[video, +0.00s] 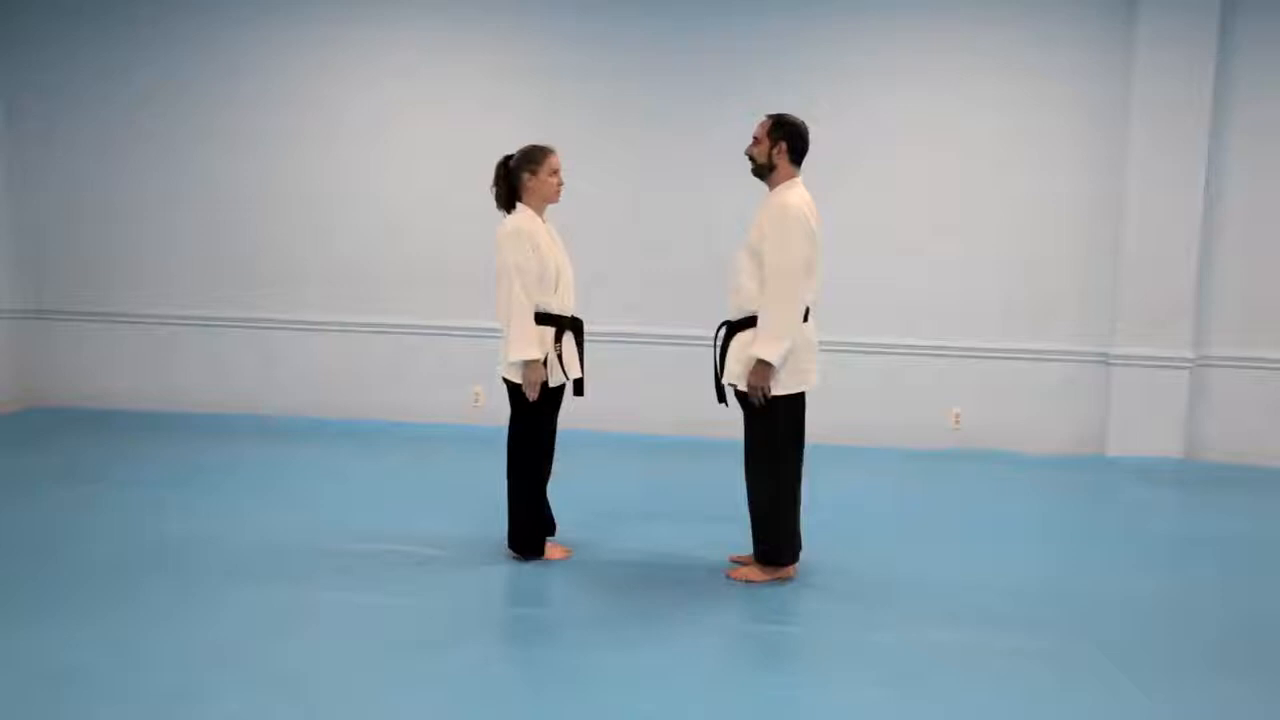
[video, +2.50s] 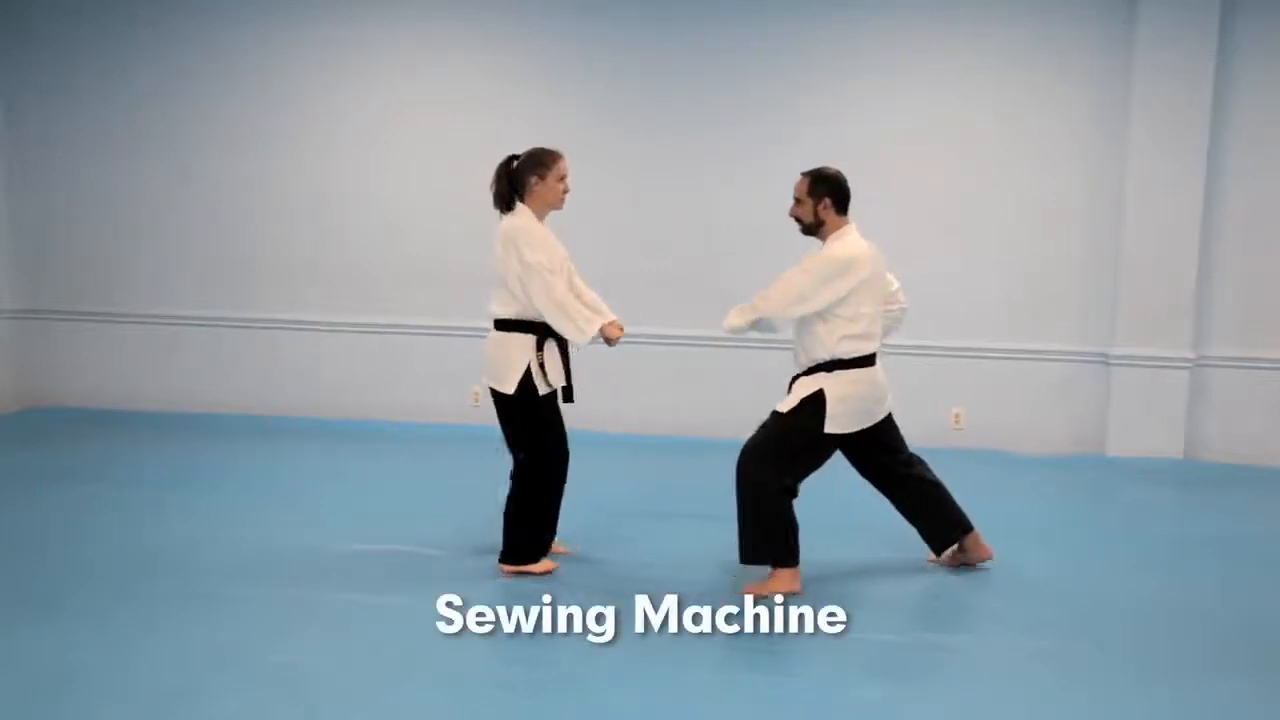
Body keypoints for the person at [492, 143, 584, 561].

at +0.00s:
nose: (561, 181)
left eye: (560, 173)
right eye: (553, 174)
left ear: (540, 180)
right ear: (529, 179)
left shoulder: (542, 227)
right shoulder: (517, 229)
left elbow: (549, 295)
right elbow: (518, 298)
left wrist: (559, 354)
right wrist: (530, 359)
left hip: (552, 351)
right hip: (534, 354)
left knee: (539, 451)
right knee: (529, 453)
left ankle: (534, 533)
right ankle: (526, 541)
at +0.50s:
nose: (566, 183)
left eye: (566, 175)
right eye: (558, 175)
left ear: (547, 181)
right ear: (532, 180)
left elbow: (573, 281)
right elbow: (530, 291)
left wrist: (607, 314)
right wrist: (577, 328)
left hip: (547, 351)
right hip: (523, 352)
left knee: (548, 447)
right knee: (540, 447)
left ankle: (544, 542)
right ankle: (524, 545)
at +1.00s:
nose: (552, 183)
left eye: (552, 175)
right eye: (545, 175)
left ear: (524, 182)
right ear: (518, 180)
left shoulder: (527, 226)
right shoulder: (512, 228)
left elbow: (558, 280)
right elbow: (546, 285)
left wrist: (594, 319)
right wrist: (593, 322)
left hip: (541, 352)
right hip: (526, 354)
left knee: (536, 452)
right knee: (522, 457)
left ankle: (529, 537)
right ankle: (513, 561)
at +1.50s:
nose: (549, 184)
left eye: (548, 176)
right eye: (542, 177)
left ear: (520, 183)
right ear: (515, 181)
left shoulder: (525, 228)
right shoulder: (506, 230)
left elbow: (560, 278)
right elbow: (541, 289)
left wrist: (596, 314)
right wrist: (591, 323)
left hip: (544, 353)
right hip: (525, 355)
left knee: (541, 453)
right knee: (521, 457)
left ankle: (534, 536)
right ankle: (511, 562)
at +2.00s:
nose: (553, 185)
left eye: (553, 177)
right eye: (546, 177)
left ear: (525, 183)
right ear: (519, 182)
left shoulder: (528, 228)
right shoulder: (511, 230)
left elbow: (562, 279)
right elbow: (544, 289)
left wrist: (598, 316)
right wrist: (594, 324)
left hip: (545, 352)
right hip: (526, 354)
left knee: (542, 452)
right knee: (521, 457)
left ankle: (534, 537)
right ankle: (510, 562)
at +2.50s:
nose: (568, 187)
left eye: (567, 180)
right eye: (561, 180)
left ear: (538, 183)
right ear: (536, 182)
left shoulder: (536, 228)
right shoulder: (521, 229)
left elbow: (570, 281)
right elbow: (549, 293)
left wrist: (603, 317)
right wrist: (595, 327)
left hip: (534, 353)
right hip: (519, 355)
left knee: (549, 452)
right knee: (542, 455)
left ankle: (537, 539)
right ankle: (518, 556)